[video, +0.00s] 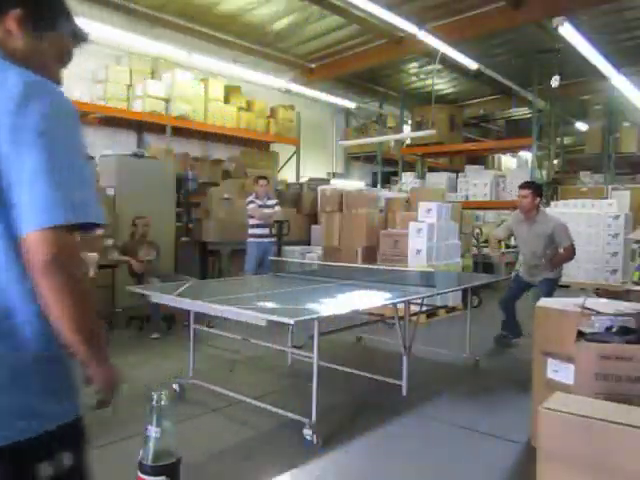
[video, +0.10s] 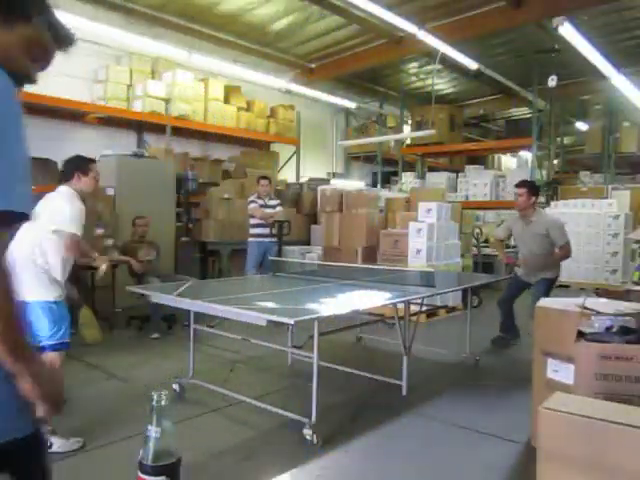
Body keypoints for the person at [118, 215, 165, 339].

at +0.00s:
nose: (144, 229)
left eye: (147, 226)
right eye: (141, 226)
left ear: (149, 227)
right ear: (134, 227)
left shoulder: (152, 245)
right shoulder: (128, 244)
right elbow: (113, 256)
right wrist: (130, 260)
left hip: (151, 273)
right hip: (136, 274)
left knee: (155, 297)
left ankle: (156, 328)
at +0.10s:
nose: (143, 229)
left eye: (145, 226)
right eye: (139, 226)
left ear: (148, 227)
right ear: (134, 228)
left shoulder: (153, 245)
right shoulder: (127, 245)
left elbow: (156, 263)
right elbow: (113, 257)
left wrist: (144, 266)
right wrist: (131, 260)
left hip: (156, 274)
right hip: (140, 276)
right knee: (155, 286)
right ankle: (154, 328)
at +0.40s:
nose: (141, 229)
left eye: (144, 226)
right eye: (138, 226)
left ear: (148, 226)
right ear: (133, 227)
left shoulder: (153, 240)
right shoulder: (126, 240)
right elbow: (112, 255)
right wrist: (130, 260)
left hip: (159, 270)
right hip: (143, 272)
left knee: (189, 282)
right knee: (156, 288)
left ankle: (190, 319)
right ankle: (154, 327)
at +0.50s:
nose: (143, 229)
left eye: (145, 226)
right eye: (140, 226)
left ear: (148, 228)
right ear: (133, 228)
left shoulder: (154, 246)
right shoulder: (128, 246)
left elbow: (157, 265)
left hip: (158, 275)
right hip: (143, 276)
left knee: (191, 282)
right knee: (157, 287)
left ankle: (189, 320)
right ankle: (154, 328)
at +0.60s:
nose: (146, 229)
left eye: (148, 226)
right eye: (143, 226)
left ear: (150, 228)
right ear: (134, 228)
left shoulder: (154, 245)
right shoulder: (128, 245)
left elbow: (158, 262)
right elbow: (115, 257)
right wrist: (130, 261)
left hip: (159, 275)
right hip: (143, 276)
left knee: (189, 282)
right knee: (157, 288)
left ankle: (189, 320)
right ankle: (154, 328)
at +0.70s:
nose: (146, 229)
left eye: (148, 226)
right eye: (143, 226)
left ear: (150, 227)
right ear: (134, 228)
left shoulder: (154, 245)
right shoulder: (128, 245)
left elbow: (157, 262)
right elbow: (111, 256)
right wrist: (130, 260)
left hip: (159, 275)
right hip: (144, 277)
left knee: (189, 282)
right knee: (157, 289)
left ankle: (190, 320)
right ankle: (154, 328)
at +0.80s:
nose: (147, 229)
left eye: (148, 226)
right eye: (143, 226)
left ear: (150, 227)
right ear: (135, 228)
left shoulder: (154, 245)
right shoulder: (128, 244)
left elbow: (158, 262)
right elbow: (112, 256)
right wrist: (130, 260)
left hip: (160, 275)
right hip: (144, 276)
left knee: (190, 282)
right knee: (157, 289)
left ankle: (190, 320)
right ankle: (154, 328)